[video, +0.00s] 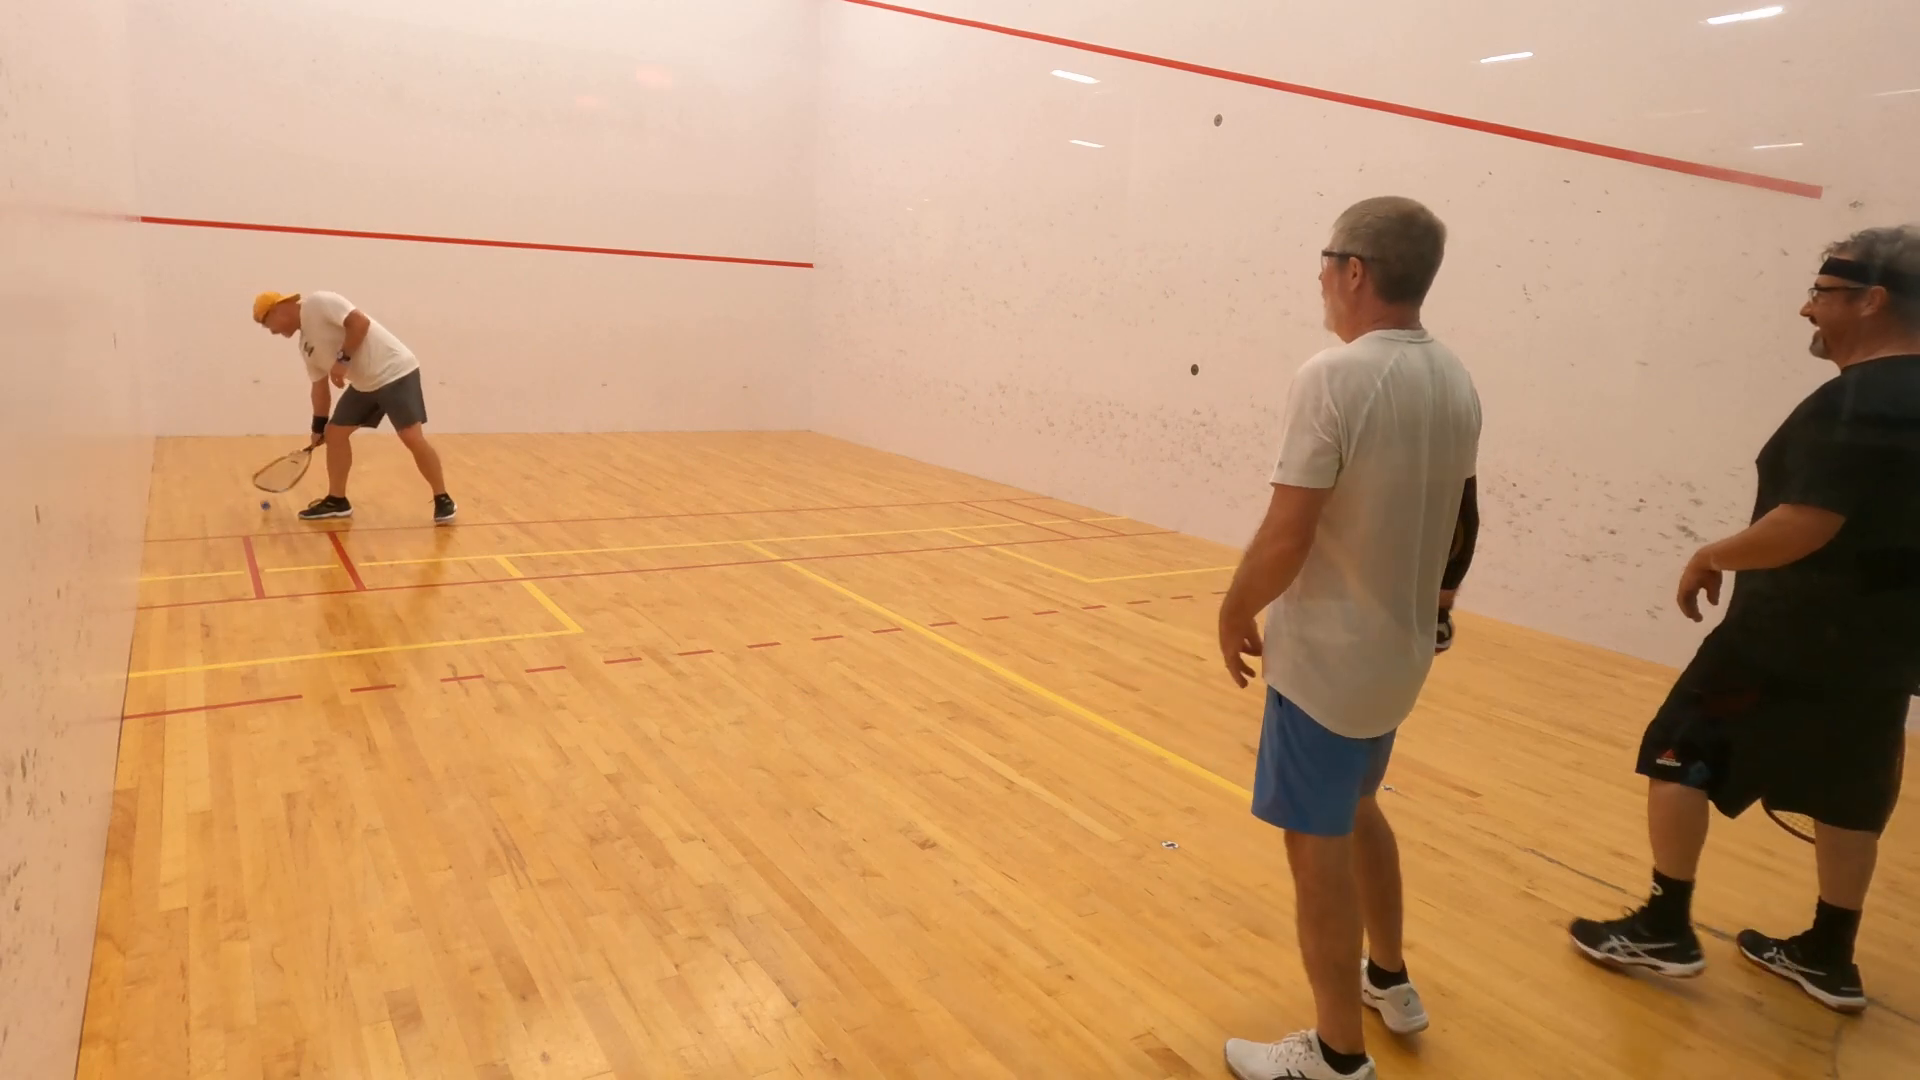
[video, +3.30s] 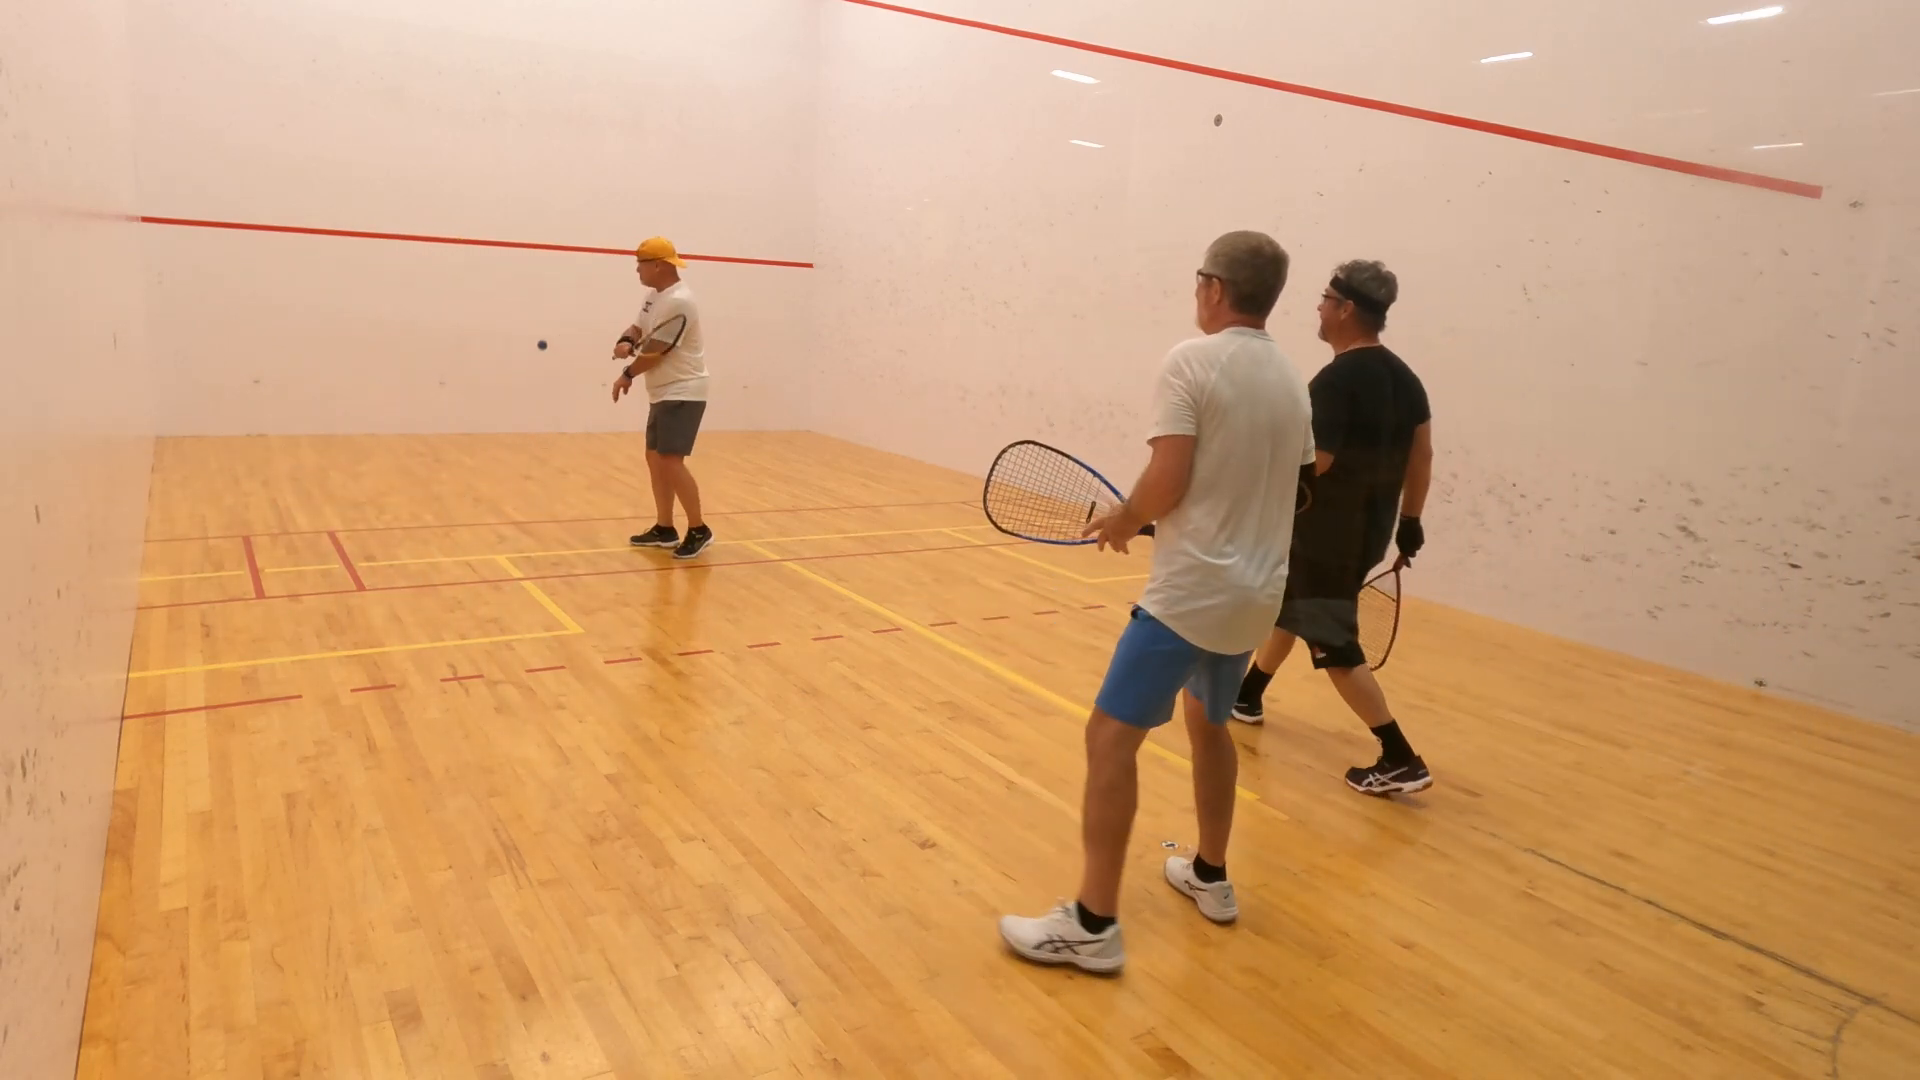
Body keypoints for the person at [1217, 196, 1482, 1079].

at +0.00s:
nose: (1320, 275)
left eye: (1328, 260)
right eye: (1326, 260)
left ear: (1357, 273)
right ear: (1411, 280)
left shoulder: (1335, 378)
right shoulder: (1452, 379)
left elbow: (1289, 530)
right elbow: (1458, 523)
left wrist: (1236, 608)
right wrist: (1430, 605)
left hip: (1331, 663)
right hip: (1400, 654)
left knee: (1318, 846)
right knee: (1357, 798)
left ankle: (1338, 1049)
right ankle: (1388, 974)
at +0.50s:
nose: (1279, 290)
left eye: (1285, 276)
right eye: (1284, 275)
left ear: (1307, 288)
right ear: (1369, 296)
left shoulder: (1281, 385)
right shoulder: (1404, 395)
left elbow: (1222, 523)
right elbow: (1425, 524)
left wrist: (1165, 591)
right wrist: (1427, 615)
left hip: (1287, 651)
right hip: (1355, 642)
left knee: (1297, 846)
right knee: (1301, 754)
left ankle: (1339, 1048)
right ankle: (1277, 876)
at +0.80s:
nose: (1249, 306)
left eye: (1254, 294)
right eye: (1255, 294)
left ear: (1270, 301)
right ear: (1325, 314)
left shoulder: (1243, 366)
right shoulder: (1351, 393)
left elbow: (1213, 486)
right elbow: (1359, 518)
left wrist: (1167, 581)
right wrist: (1347, 604)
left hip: (1246, 615)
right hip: (1320, 619)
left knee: (1181, 778)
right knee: (1267, 741)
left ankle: (1280, 962)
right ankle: (1239, 873)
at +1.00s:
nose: (1214, 321)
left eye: (1218, 309)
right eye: (1219, 310)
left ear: (1233, 311)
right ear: (1284, 322)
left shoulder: (1216, 360)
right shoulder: (1312, 392)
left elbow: (1195, 462)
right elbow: (1323, 521)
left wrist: (1155, 567)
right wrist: (1289, 604)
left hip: (1226, 597)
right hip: (1301, 605)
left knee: (1136, 747)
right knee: (1257, 730)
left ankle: (1132, 942)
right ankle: (1251, 877)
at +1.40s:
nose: (1090, 316)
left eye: (1093, 305)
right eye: (1094, 304)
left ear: (1108, 308)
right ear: (1167, 315)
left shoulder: (1097, 379)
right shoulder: (1207, 390)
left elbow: (1070, 499)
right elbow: (1237, 514)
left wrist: (1045, 605)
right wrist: (1189, 577)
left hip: (1128, 607)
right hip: (1211, 607)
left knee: (1038, 745)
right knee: (1215, 733)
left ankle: (1008, 918)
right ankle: (1246, 875)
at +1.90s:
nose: (1084, 289)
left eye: (1087, 278)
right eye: (1088, 277)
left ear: (1099, 285)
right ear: (1161, 288)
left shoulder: (1090, 369)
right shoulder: (1190, 362)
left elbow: (1055, 493)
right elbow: (1193, 483)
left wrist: (986, 477)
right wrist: (1095, 521)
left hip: (1113, 597)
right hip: (1194, 595)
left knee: (1045, 746)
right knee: (1204, 734)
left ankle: (1009, 918)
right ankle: (1217, 877)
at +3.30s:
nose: (1195, 293)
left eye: (1199, 282)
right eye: (1201, 281)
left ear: (1215, 290)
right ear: (1268, 300)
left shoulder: (1193, 362)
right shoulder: (1287, 376)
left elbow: (1167, 483)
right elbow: (1294, 478)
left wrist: (1123, 521)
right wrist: (1158, 511)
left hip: (1189, 593)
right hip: (1257, 594)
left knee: (1110, 735)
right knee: (1208, 718)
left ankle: (1094, 921)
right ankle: (1210, 876)